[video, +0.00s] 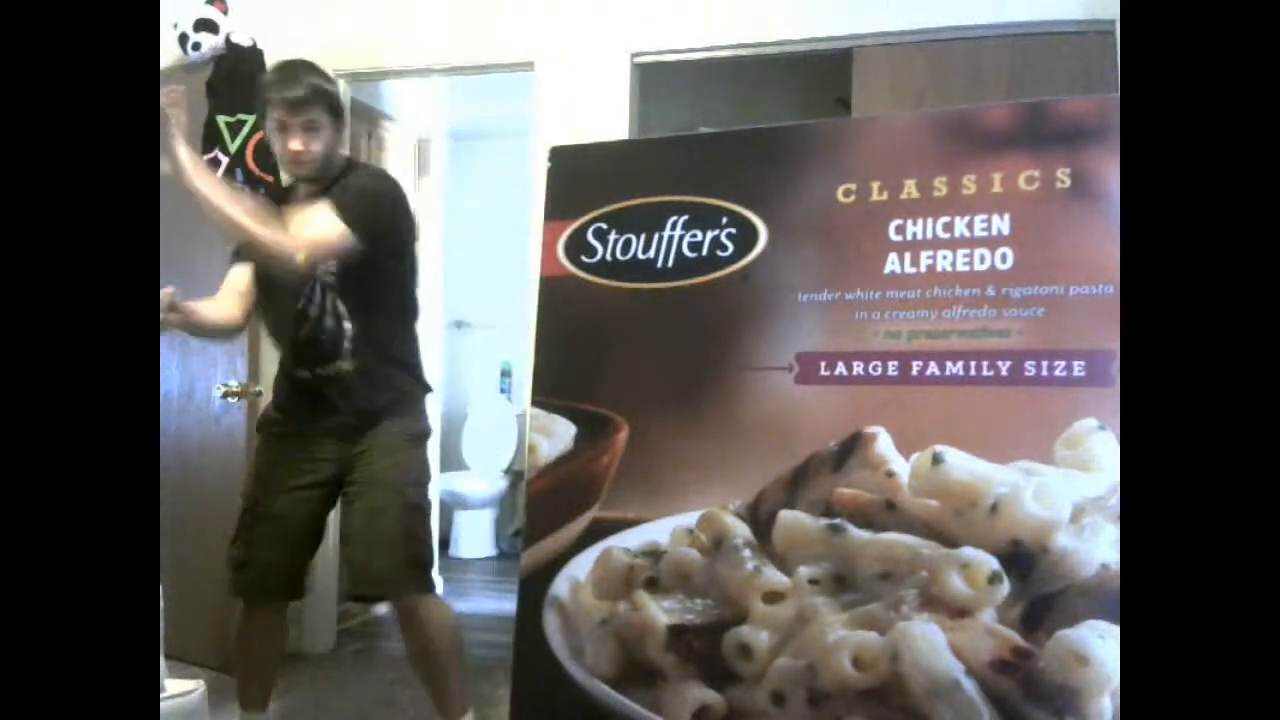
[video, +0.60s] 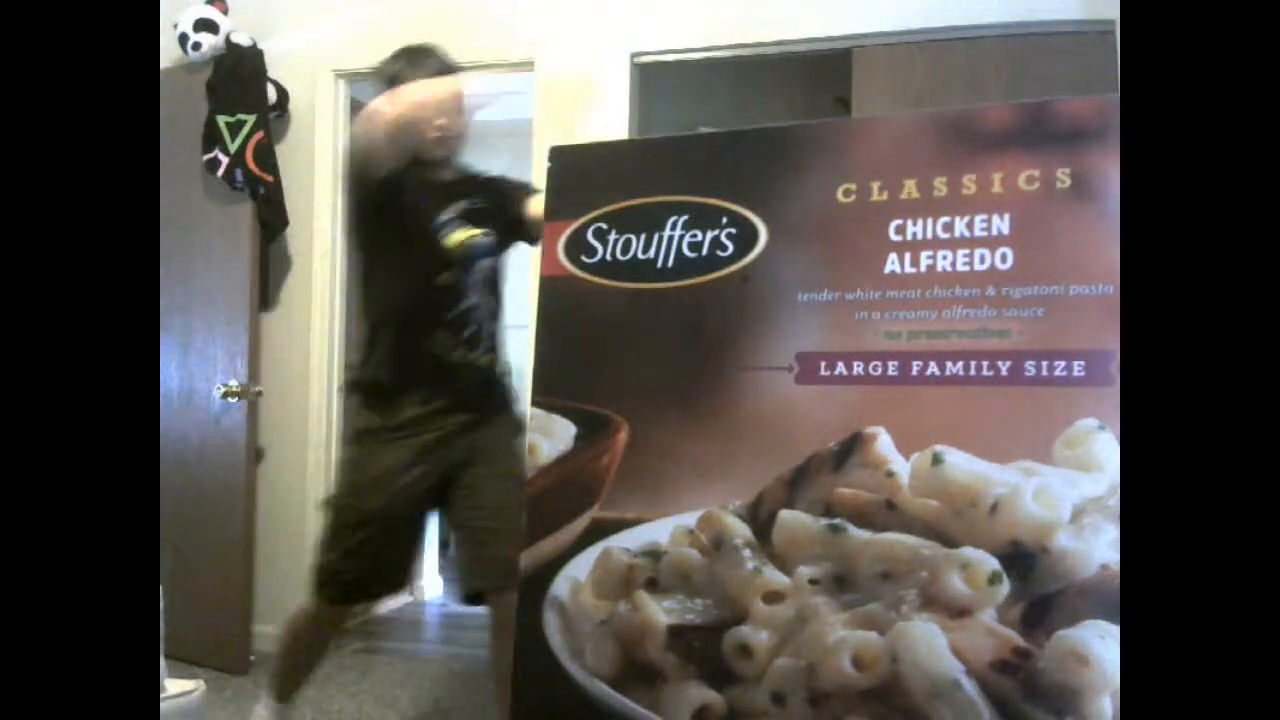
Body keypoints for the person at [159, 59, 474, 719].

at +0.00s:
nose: (298, 145)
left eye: (313, 130)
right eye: (285, 130)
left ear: (340, 131)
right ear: (268, 135)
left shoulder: (373, 190)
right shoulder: (267, 216)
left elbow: (297, 251)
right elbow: (231, 311)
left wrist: (189, 168)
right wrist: (180, 309)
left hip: (385, 414)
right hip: (301, 416)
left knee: (399, 572)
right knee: (263, 581)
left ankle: (459, 715)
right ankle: (253, 715)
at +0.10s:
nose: (291, 143)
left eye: (307, 127)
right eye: (278, 128)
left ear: (332, 127)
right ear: (261, 131)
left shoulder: (369, 191)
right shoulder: (256, 208)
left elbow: (349, 276)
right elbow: (241, 317)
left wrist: (220, 208)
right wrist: (199, 325)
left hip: (384, 409)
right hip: (298, 412)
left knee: (415, 564)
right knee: (266, 576)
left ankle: (462, 712)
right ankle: (253, 714)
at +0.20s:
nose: (304, 150)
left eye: (319, 135)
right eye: (290, 134)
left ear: (337, 137)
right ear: (264, 137)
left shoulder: (375, 195)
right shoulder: (243, 231)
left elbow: (460, 222)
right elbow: (236, 336)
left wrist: (398, 267)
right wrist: (272, 375)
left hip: (391, 415)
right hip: (298, 424)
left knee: (440, 575)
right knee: (261, 589)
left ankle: (489, 712)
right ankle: (253, 714)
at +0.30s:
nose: (351, 166)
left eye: (364, 151)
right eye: (338, 150)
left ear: (382, 156)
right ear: (311, 152)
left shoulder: (403, 221)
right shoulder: (273, 244)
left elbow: (502, 222)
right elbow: (257, 355)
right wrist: (335, 358)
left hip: (400, 442)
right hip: (308, 446)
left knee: (451, 592)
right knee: (257, 604)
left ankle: (494, 714)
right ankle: (251, 715)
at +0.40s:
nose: (385, 159)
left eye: (395, 145)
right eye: (371, 145)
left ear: (407, 148)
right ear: (340, 148)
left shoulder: (429, 218)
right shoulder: (297, 234)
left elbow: (530, 213)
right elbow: (262, 330)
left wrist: (593, 197)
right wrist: (357, 312)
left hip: (413, 441)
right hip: (323, 446)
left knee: (465, 591)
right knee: (273, 606)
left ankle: (496, 714)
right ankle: (254, 715)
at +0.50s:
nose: (424, 136)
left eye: (435, 120)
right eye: (407, 118)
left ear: (449, 128)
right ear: (369, 125)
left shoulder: (470, 207)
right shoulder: (358, 205)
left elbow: (555, 213)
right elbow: (346, 197)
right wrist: (364, 149)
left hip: (462, 421)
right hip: (375, 425)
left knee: (501, 589)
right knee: (315, 597)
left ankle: (512, 713)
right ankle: (261, 710)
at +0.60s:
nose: (448, 117)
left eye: (455, 102)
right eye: (430, 103)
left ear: (466, 111)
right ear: (394, 110)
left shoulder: (486, 193)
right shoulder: (380, 183)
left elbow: (567, 220)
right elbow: (370, 132)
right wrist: (421, 96)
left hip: (483, 417)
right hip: (393, 419)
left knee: (508, 585)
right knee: (339, 597)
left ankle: (515, 714)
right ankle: (274, 704)